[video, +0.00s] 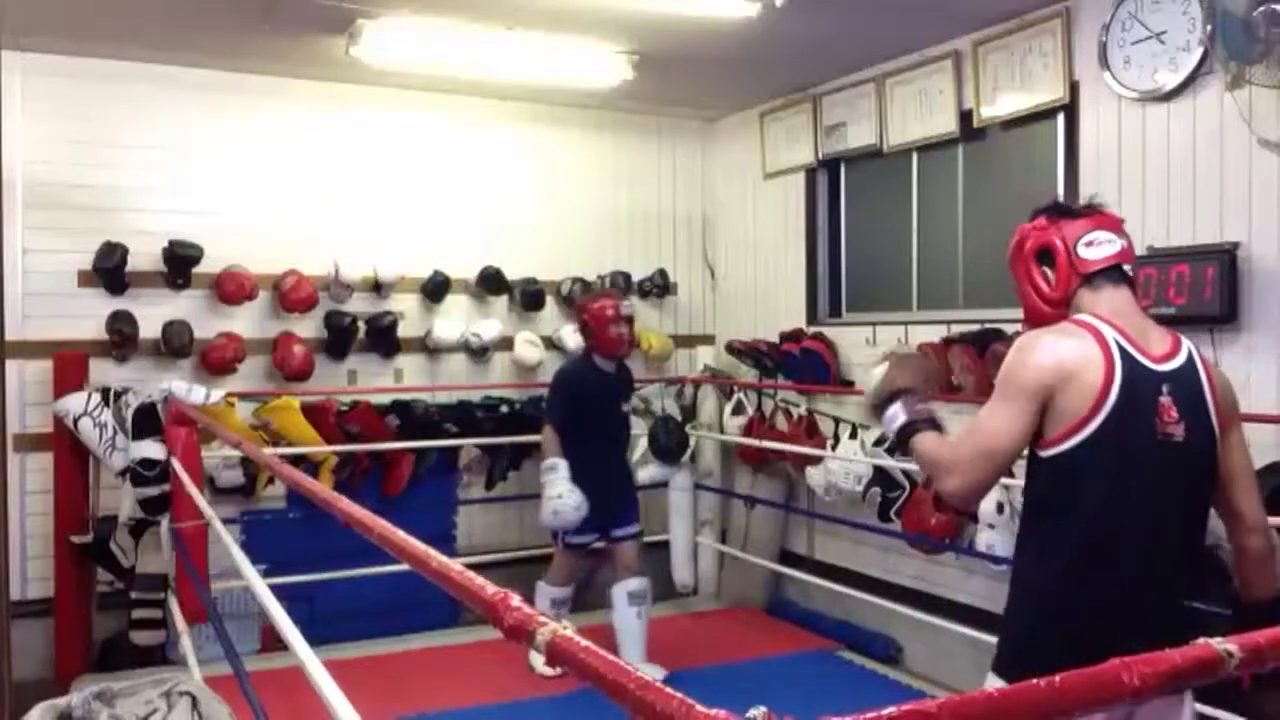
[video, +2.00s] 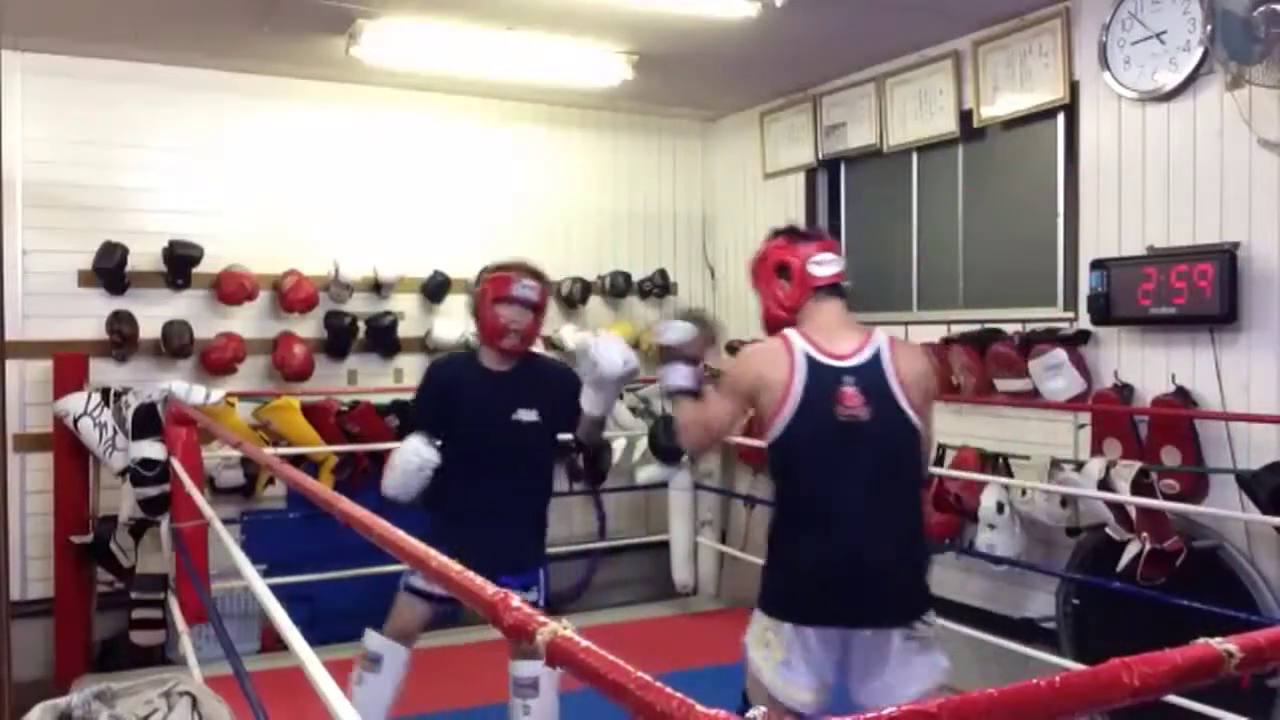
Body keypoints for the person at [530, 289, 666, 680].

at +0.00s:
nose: (622, 331)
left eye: (623, 322)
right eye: (612, 324)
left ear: (626, 326)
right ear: (591, 330)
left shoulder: (622, 375)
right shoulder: (571, 376)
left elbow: (613, 425)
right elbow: (550, 431)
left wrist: (622, 466)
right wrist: (556, 481)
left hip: (618, 478)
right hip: (580, 481)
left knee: (630, 564)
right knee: (566, 565)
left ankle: (634, 661)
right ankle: (542, 646)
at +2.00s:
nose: (514, 317)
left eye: (527, 309)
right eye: (504, 303)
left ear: (540, 320)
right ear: (479, 308)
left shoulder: (555, 380)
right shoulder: (448, 374)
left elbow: (587, 444)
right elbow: (412, 456)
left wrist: (602, 389)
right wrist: (400, 475)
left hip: (518, 540)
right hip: (445, 535)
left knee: (531, 663)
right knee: (392, 637)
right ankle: (361, 715)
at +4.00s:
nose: (413, 333)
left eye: (419, 323)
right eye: (402, 321)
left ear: (425, 325)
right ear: (366, 321)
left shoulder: (411, 375)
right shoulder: (333, 375)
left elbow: (429, 451)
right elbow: (354, 445)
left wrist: (454, 400)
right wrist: (405, 388)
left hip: (411, 544)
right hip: (348, 546)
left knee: (474, 641)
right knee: (324, 667)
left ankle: (478, 714)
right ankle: (300, 712)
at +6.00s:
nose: (332, 363)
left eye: (342, 351)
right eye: (321, 350)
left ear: (351, 352)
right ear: (291, 347)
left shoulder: (359, 393)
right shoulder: (258, 401)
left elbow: (384, 469)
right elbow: (236, 473)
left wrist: (372, 448)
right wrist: (286, 459)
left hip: (344, 540)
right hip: (275, 544)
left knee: (385, 645)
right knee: (259, 655)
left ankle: (413, 708)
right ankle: (268, 713)